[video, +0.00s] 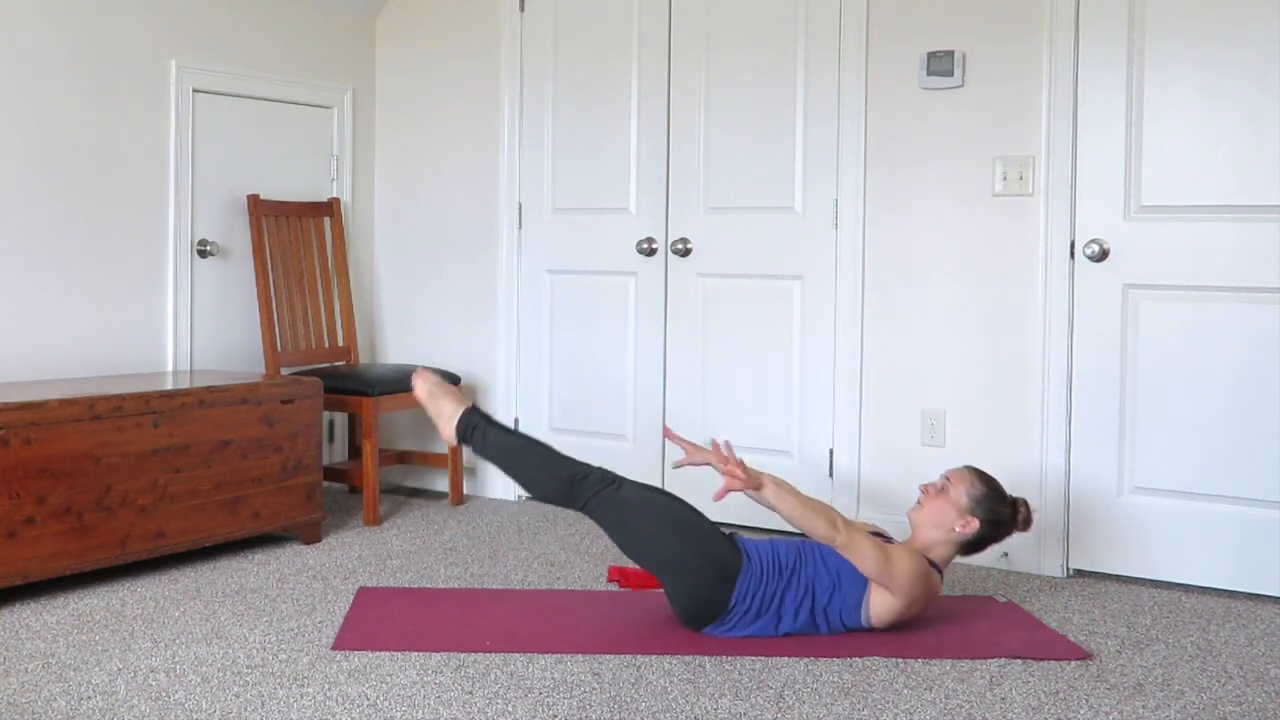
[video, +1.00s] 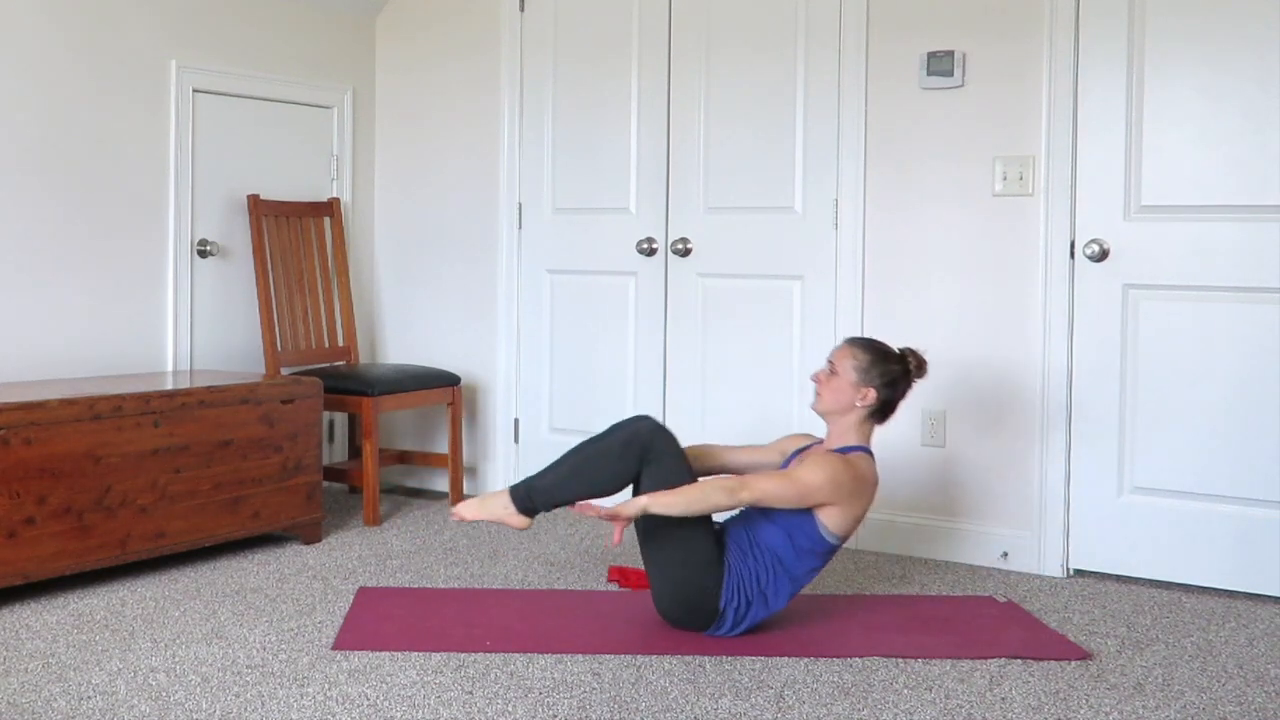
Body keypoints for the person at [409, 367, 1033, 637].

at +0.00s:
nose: (926, 491)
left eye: (943, 492)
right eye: (937, 483)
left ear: (962, 529)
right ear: (949, 520)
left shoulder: (909, 579)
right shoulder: (897, 556)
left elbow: (838, 534)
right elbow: (826, 525)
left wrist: (761, 483)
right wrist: (744, 474)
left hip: (723, 590)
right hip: (725, 567)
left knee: (597, 489)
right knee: (600, 486)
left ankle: (460, 418)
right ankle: (464, 426)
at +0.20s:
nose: (929, 498)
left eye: (946, 499)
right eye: (940, 490)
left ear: (966, 535)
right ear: (953, 525)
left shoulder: (912, 582)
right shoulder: (908, 568)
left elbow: (840, 534)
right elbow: (832, 528)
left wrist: (758, 490)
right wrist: (744, 484)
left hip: (725, 584)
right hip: (727, 570)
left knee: (598, 479)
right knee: (601, 479)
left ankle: (470, 407)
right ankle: (473, 410)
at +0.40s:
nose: (908, 472)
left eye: (924, 471)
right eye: (918, 463)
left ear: (948, 503)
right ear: (933, 494)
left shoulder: (900, 553)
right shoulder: (891, 535)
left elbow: (805, 524)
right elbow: (801, 520)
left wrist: (716, 496)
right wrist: (713, 494)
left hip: (719, 582)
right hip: (721, 562)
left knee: (577, 500)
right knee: (580, 499)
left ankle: (434, 473)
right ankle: (441, 474)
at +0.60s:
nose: (855, 412)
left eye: (870, 408)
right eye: (863, 402)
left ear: (901, 433)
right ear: (884, 425)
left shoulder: (876, 497)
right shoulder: (843, 474)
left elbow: (778, 511)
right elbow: (749, 479)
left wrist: (677, 513)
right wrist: (662, 478)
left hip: (718, 595)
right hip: (716, 567)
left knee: (603, 467)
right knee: (602, 465)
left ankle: (456, 488)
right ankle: (461, 484)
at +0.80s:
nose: (802, 373)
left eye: (816, 369)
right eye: (809, 364)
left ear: (849, 394)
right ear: (842, 394)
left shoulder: (836, 468)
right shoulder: (803, 443)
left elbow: (732, 493)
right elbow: (722, 462)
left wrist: (634, 515)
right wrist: (636, 482)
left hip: (709, 599)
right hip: (704, 577)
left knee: (653, 433)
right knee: (651, 427)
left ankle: (518, 486)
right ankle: (520, 483)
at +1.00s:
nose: (818, 377)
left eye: (832, 373)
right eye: (826, 368)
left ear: (864, 399)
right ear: (856, 396)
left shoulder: (846, 473)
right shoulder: (811, 448)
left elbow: (738, 493)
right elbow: (722, 460)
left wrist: (641, 507)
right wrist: (638, 485)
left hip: (713, 599)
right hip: (711, 572)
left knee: (644, 437)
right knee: (641, 435)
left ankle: (517, 503)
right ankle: (519, 498)